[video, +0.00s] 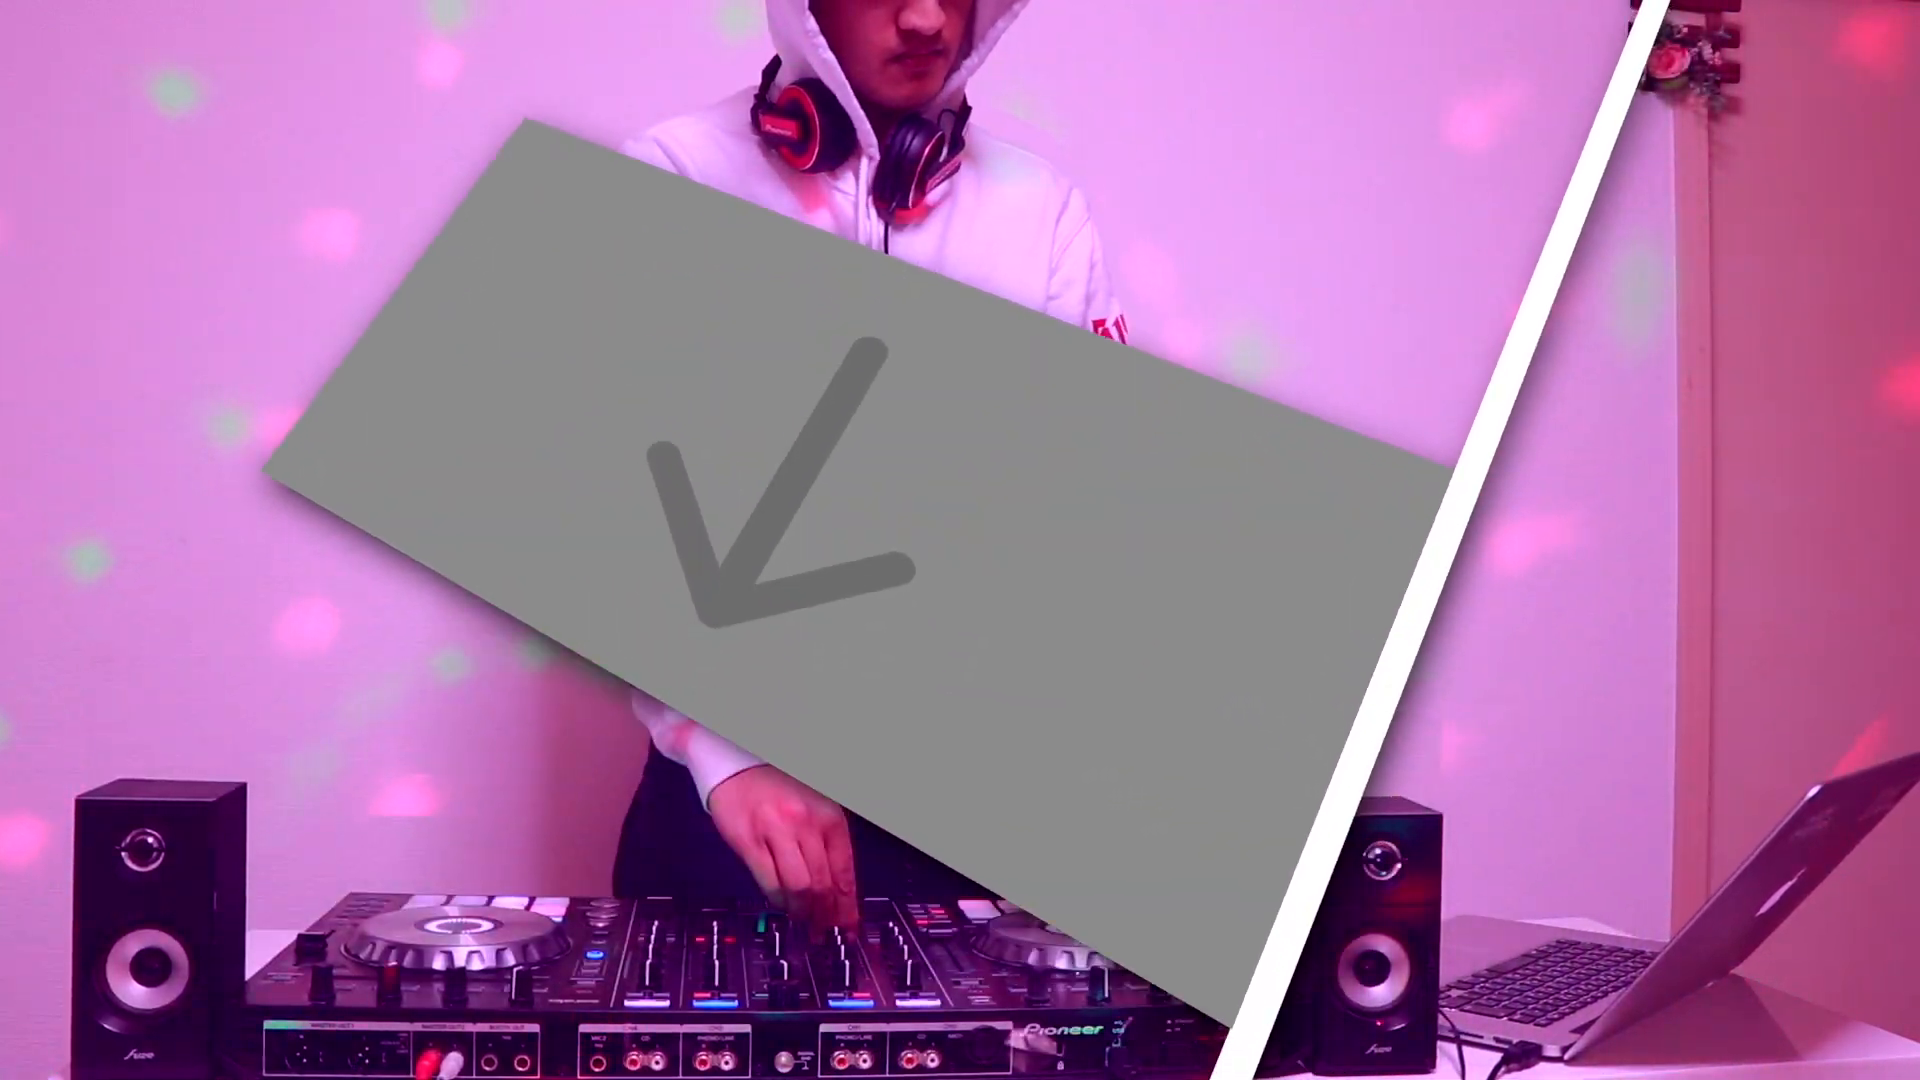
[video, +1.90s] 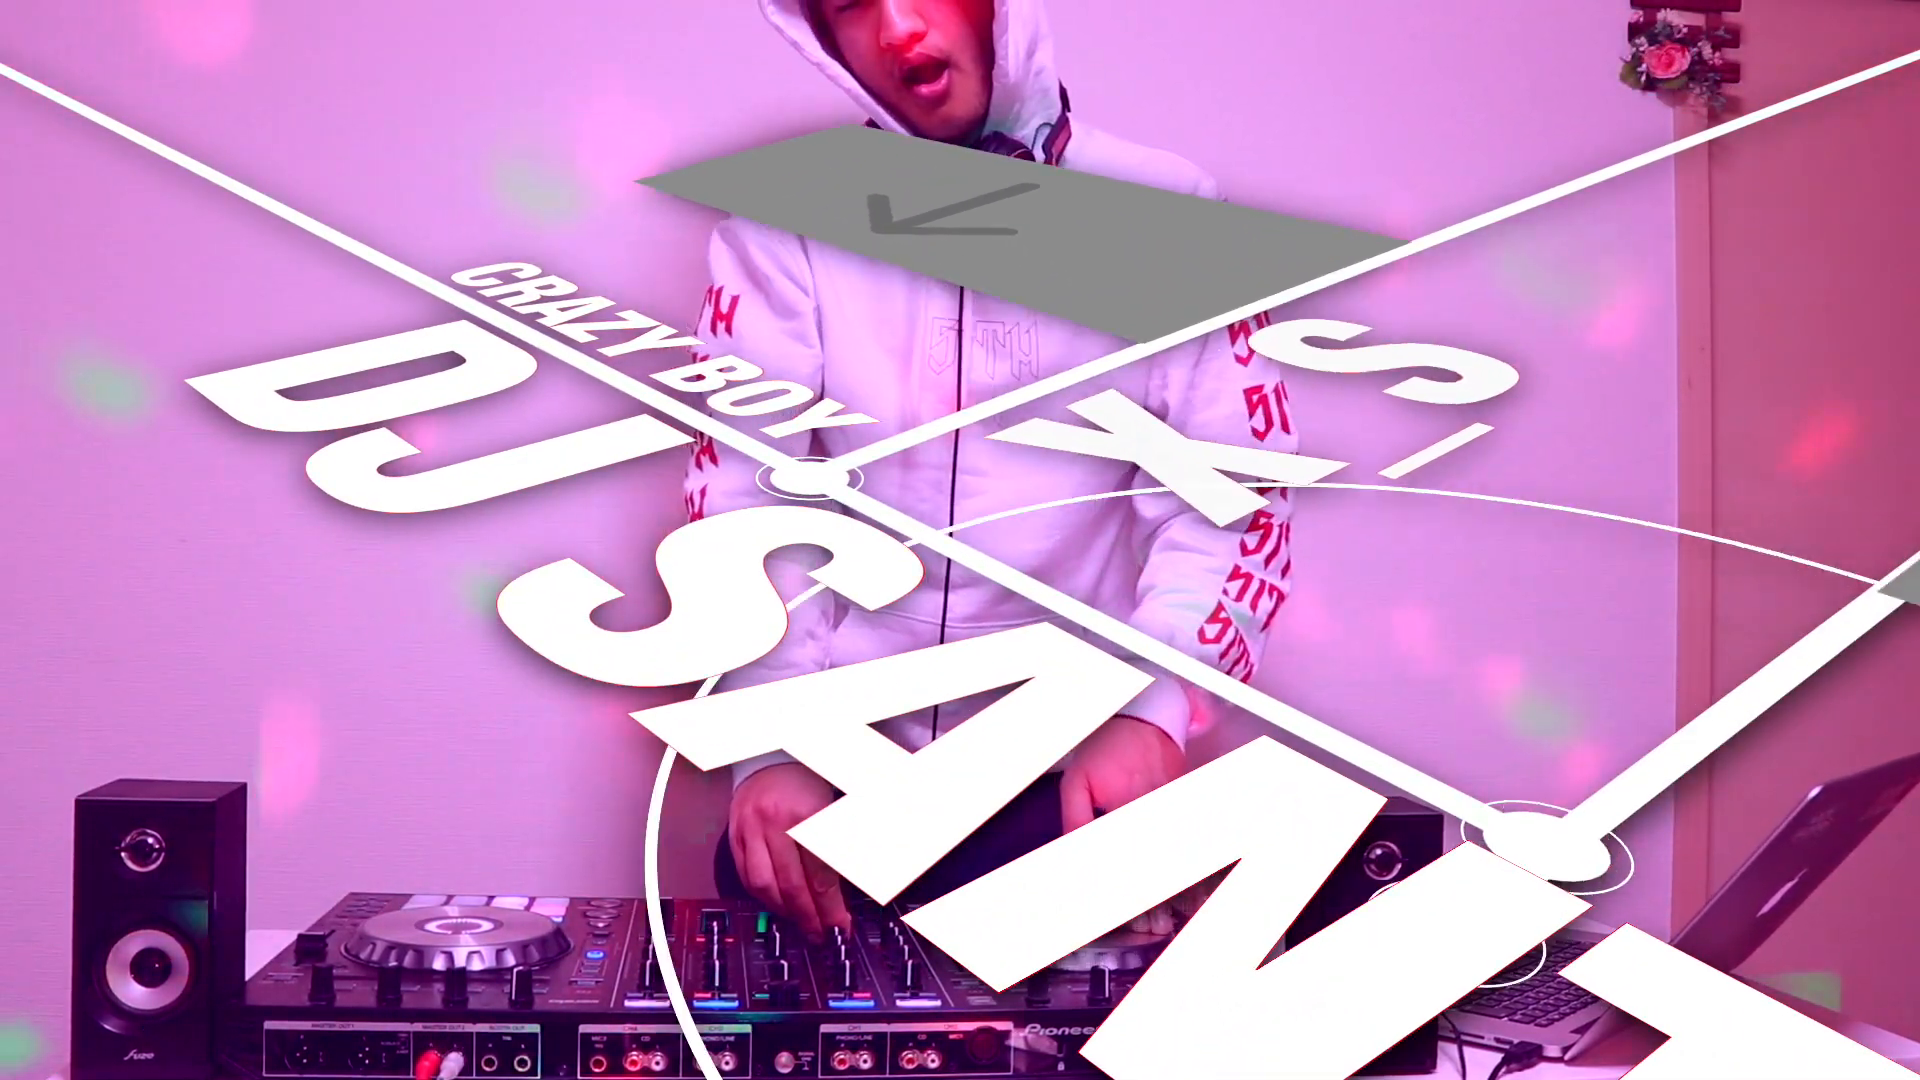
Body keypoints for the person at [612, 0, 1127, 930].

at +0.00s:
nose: (928, 18)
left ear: (984, 10)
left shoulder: (1045, 215)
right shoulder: (679, 172)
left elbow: (1102, 520)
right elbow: (605, 502)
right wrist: (722, 753)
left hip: (957, 801)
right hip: (712, 789)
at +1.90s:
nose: (900, 32)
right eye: (855, 8)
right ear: (824, 36)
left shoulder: (1162, 209)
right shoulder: (783, 227)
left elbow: (1227, 502)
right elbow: (741, 503)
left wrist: (1153, 712)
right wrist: (768, 744)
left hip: (1073, 750)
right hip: (837, 757)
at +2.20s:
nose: (893, 58)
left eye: (918, 5)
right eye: (844, 31)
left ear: (995, 2)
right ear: (820, 62)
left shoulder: (1175, 213)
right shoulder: (791, 240)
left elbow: (1236, 508)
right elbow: (774, 517)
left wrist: (1167, 762)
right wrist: (794, 745)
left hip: (1089, 803)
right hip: (863, 794)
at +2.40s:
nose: (908, 78)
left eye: (935, 20)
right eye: (855, 47)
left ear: (1004, 12)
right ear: (823, 71)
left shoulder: (1174, 216)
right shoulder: (783, 243)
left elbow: (1248, 481)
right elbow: (755, 510)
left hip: (1117, 592)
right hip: (883, 608)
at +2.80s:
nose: (905, 34)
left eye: (942, 7)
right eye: (863, 15)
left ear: (991, 25)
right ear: (808, 34)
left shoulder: (1093, 196)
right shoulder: (735, 234)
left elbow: (1198, 419)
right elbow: (707, 491)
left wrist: (1009, 210)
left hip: (1074, 578)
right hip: (844, 594)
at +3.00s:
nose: (828, 46)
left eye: (855, 6)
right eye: (782, 16)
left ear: (901, 19)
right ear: (724, 37)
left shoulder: (976, 188)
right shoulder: (651, 232)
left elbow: (1135, 334)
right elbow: (660, 479)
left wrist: (980, 132)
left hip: (971, 559)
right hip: (770, 582)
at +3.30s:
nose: (702, 54)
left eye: (732, 16)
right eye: (659, 19)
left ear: (769, 26)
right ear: (598, 34)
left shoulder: (843, 187)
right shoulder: (530, 242)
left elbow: (996, 383)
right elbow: (584, 478)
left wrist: (917, 210)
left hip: (833, 553)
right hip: (645, 579)